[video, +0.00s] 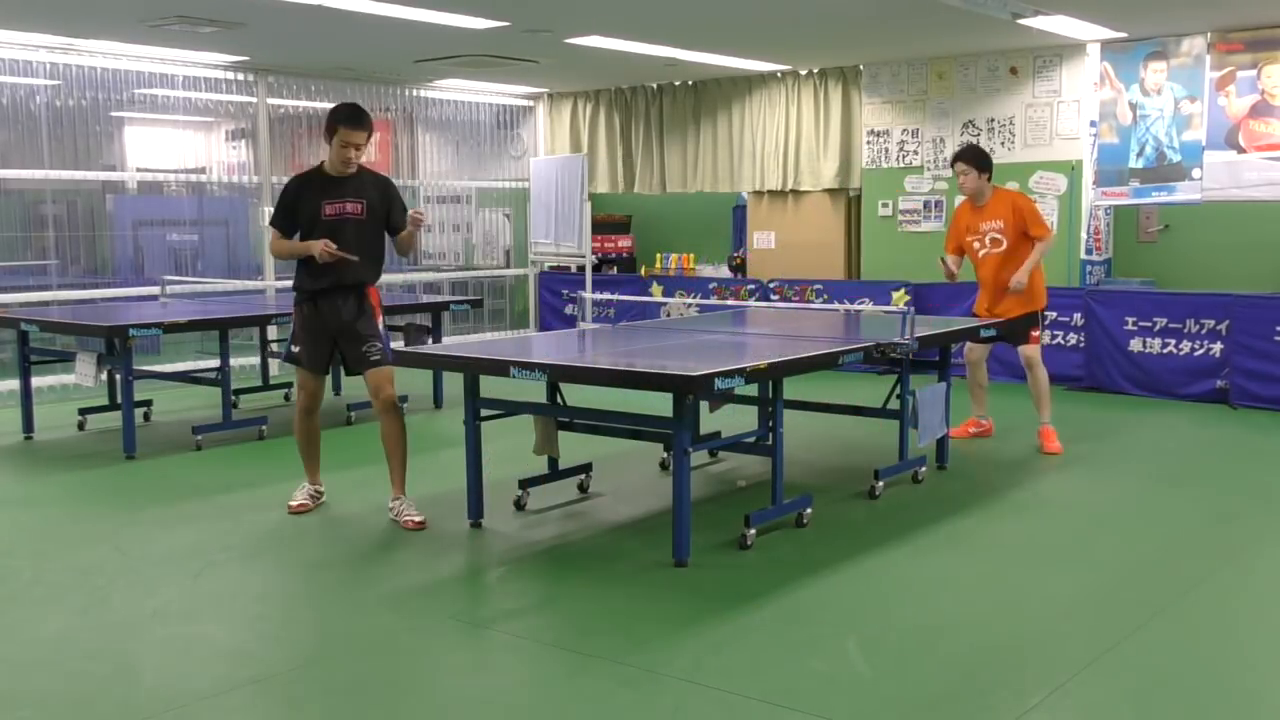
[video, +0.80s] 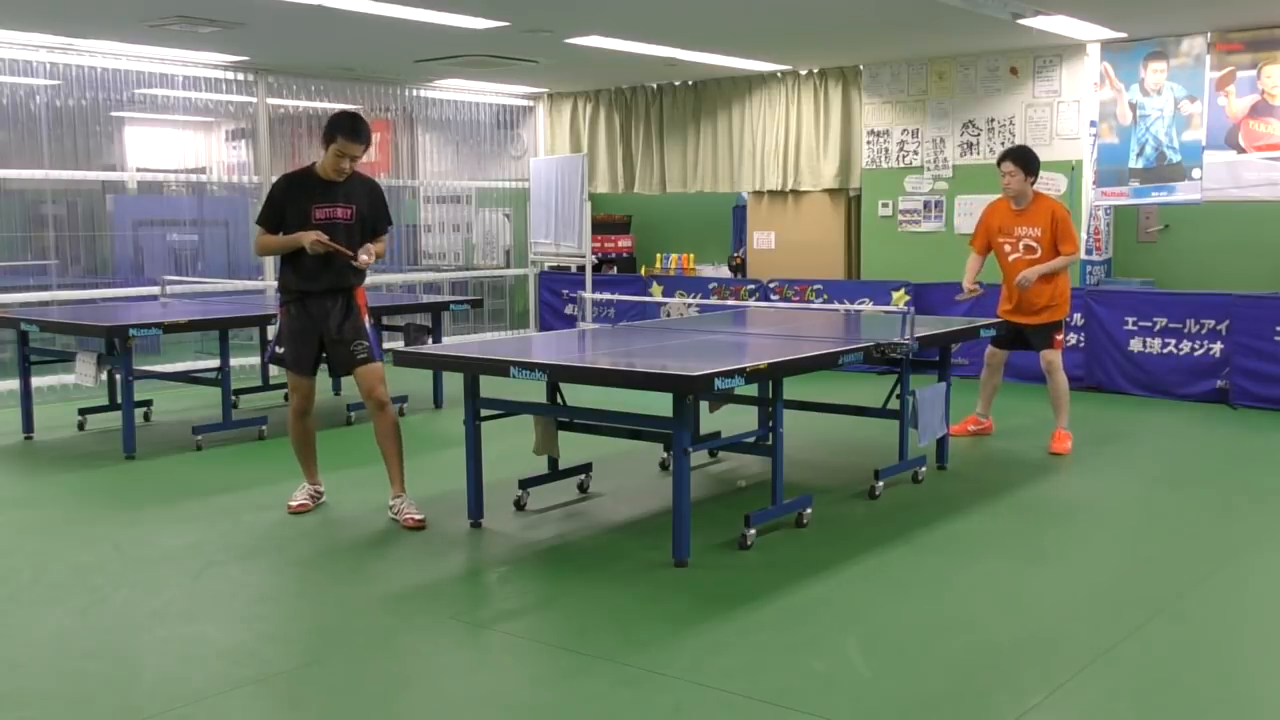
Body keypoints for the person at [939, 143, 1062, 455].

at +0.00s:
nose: (959, 180)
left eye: (965, 173)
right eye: (957, 175)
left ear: (984, 174)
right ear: (958, 178)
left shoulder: (1016, 202)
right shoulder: (962, 213)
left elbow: (1045, 237)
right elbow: (954, 255)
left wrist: (1025, 271)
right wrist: (950, 269)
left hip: (1024, 298)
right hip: (988, 299)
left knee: (1030, 357)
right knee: (973, 355)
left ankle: (1046, 426)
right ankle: (980, 420)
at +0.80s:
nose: (1005, 180)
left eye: (1011, 175)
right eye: (1002, 174)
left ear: (1030, 177)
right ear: (1000, 177)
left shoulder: (1054, 211)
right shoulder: (993, 211)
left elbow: (1071, 255)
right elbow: (978, 251)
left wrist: (1037, 271)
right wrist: (969, 279)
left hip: (1049, 304)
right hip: (1012, 304)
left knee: (1050, 361)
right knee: (993, 356)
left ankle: (1062, 429)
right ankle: (982, 417)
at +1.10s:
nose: (1002, 188)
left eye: (1008, 182)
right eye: (998, 183)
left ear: (1025, 182)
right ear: (995, 182)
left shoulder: (1046, 214)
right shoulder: (985, 215)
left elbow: (1058, 262)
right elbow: (947, 250)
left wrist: (1020, 271)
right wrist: (966, 279)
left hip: (1040, 307)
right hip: (999, 307)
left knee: (1047, 361)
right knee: (977, 356)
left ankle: (1061, 429)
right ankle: (981, 418)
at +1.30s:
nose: (998, 190)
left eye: (1004, 184)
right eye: (994, 184)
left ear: (1020, 184)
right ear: (991, 184)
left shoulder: (1043, 217)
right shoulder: (982, 217)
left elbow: (1054, 264)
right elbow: (945, 250)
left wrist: (1018, 273)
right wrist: (942, 278)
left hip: (1038, 308)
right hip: (998, 307)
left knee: (1046, 361)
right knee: (975, 356)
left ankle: (1061, 429)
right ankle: (981, 418)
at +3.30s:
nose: (999, 202)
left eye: (1006, 196)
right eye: (997, 196)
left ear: (1026, 200)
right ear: (995, 197)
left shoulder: (1051, 233)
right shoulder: (991, 231)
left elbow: (1064, 281)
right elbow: (967, 266)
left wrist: (1026, 287)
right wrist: (949, 281)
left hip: (1049, 318)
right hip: (1006, 317)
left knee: (1060, 371)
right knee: (967, 362)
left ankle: (1077, 433)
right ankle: (948, 426)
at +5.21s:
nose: (1026, 198)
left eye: (1032, 193)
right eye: (1024, 193)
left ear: (1050, 195)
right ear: (1023, 195)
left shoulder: (1071, 227)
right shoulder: (1031, 232)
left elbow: (1097, 263)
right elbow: (1026, 270)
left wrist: (1072, 292)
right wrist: (1001, 288)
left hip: (1077, 309)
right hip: (1042, 308)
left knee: (1084, 363)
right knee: (1008, 350)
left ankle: (1120, 413)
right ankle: (1008, 402)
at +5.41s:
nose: (1011, 209)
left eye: (1015, 203)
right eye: (1009, 204)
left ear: (1033, 204)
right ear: (1010, 205)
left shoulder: (1055, 232)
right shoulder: (1025, 236)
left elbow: (1089, 267)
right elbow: (1030, 269)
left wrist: (1079, 304)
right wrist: (997, 272)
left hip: (1070, 311)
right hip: (1038, 310)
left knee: (1076, 360)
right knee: (1001, 347)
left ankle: (1114, 411)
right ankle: (1007, 401)